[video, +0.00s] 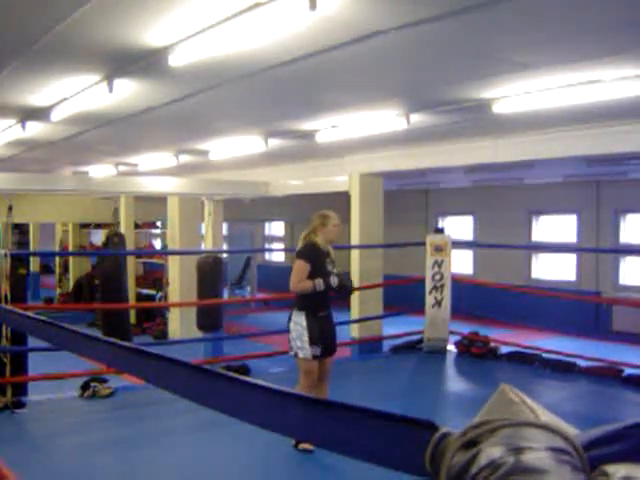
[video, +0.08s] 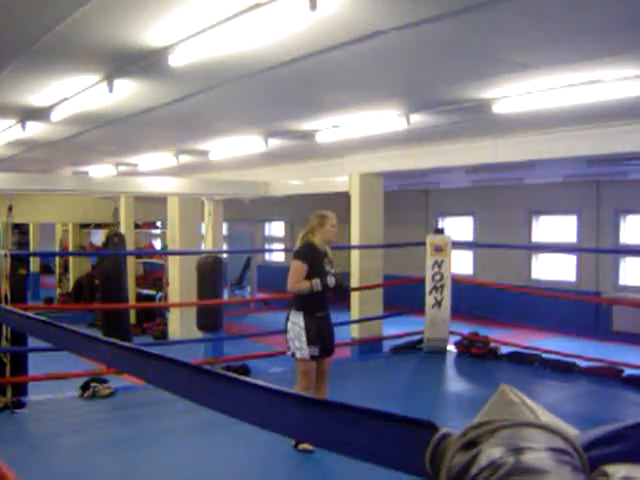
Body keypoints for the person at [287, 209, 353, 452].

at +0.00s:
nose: (339, 231)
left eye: (339, 226)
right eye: (335, 226)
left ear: (328, 228)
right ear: (321, 227)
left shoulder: (328, 252)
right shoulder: (308, 250)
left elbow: (325, 281)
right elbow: (295, 284)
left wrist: (339, 282)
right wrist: (326, 283)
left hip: (323, 313)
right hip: (304, 314)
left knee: (323, 375)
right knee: (309, 375)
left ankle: (318, 429)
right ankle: (302, 432)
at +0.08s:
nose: (335, 231)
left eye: (336, 227)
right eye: (332, 227)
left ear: (326, 228)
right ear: (318, 227)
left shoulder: (326, 253)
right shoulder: (304, 251)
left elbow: (322, 282)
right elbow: (293, 285)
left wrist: (335, 282)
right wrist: (322, 283)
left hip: (322, 313)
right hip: (302, 314)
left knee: (323, 371)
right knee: (306, 373)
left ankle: (320, 425)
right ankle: (301, 431)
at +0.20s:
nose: (332, 231)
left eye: (333, 227)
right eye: (329, 226)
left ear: (325, 229)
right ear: (315, 228)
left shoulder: (322, 254)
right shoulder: (300, 252)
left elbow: (320, 283)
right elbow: (288, 286)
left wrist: (334, 283)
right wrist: (318, 282)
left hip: (319, 313)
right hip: (299, 314)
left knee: (323, 373)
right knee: (302, 375)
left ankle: (320, 427)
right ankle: (300, 431)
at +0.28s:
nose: (331, 232)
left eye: (332, 227)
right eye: (328, 227)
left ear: (323, 229)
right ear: (314, 228)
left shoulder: (321, 254)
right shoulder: (299, 252)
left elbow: (322, 282)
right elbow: (286, 286)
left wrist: (333, 283)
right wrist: (316, 282)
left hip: (318, 313)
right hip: (297, 314)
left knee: (323, 373)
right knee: (301, 374)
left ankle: (320, 427)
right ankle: (299, 431)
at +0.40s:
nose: (327, 232)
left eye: (328, 228)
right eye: (323, 227)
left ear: (321, 230)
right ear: (310, 229)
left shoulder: (318, 254)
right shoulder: (296, 253)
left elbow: (318, 283)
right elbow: (281, 288)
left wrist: (331, 284)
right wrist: (313, 283)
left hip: (314, 315)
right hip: (294, 316)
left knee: (326, 375)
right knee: (296, 377)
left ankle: (316, 429)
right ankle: (297, 432)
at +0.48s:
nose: (324, 233)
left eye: (324, 229)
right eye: (320, 229)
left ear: (318, 231)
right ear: (306, 230)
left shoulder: (315, 255)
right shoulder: (292, 256)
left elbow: (314, 284)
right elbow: (277, 291)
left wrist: (329, 286)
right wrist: (308, 287)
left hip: (313, 317)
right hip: (292, 319)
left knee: (327, 380)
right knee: (293, 380)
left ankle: (316, 430)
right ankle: (296, 433)